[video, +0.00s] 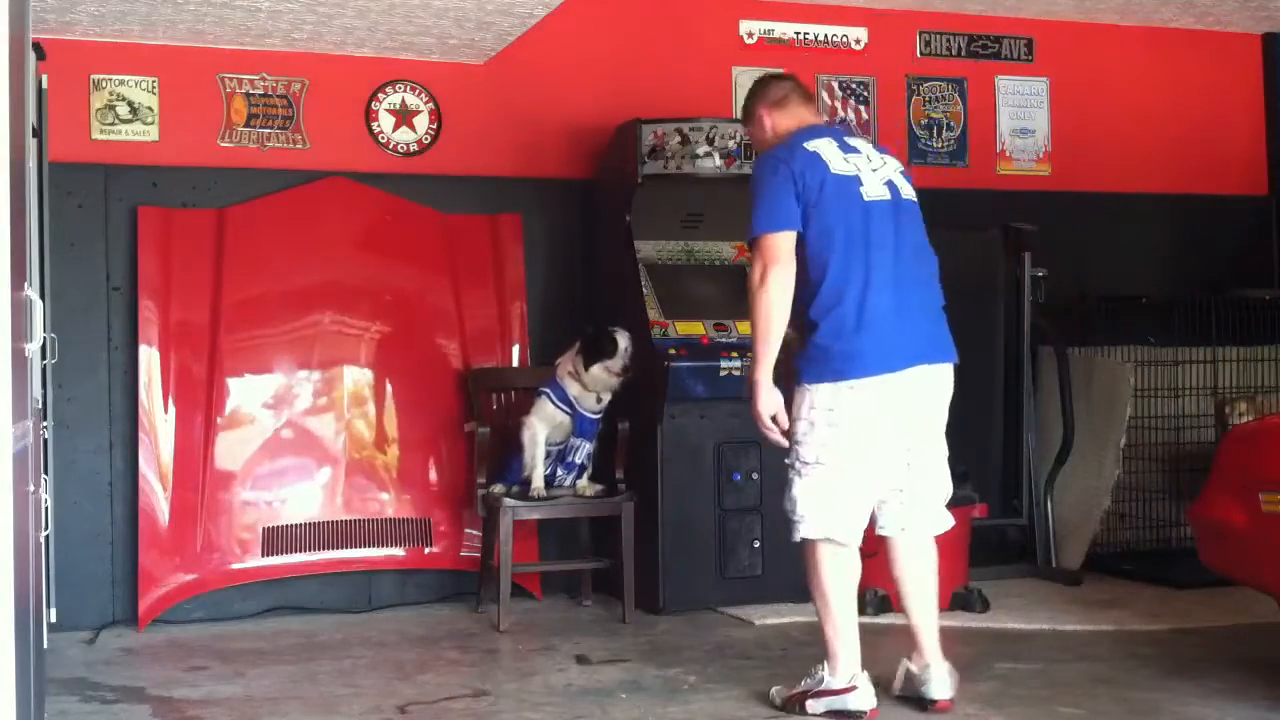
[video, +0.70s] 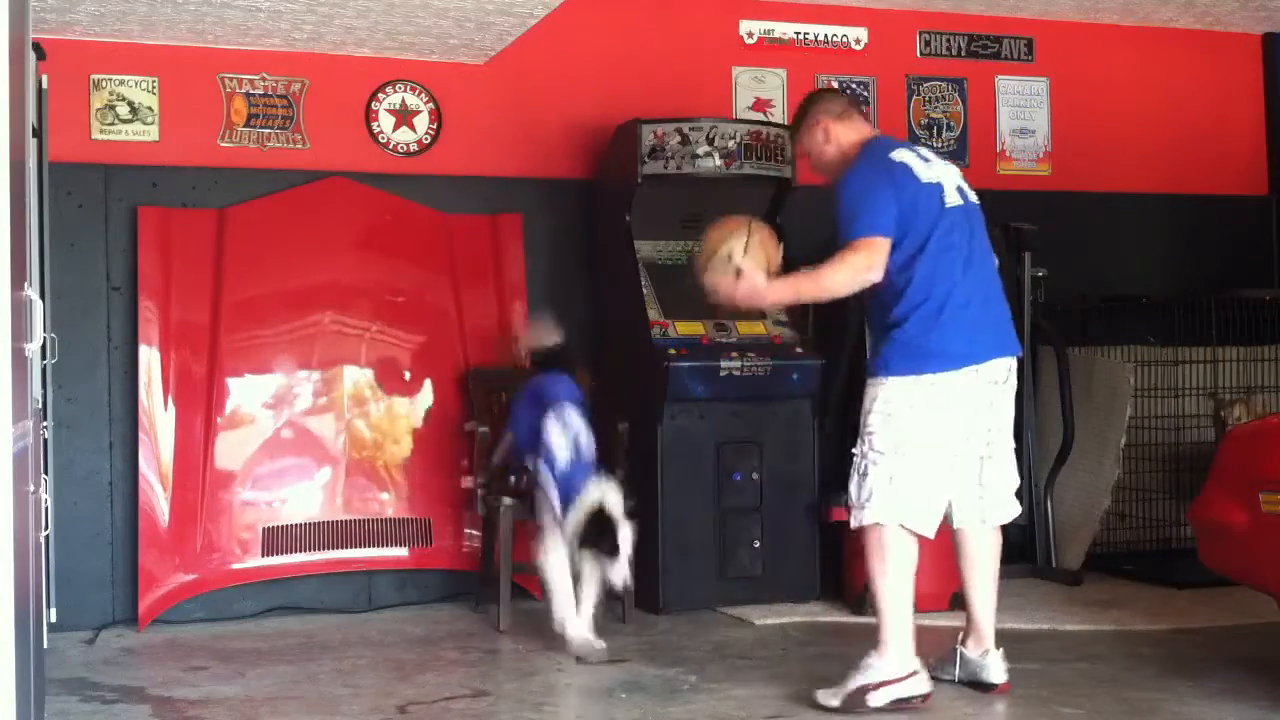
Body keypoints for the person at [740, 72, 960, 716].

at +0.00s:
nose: (753, 148)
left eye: (750, 137)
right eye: (748, 139)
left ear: (764, 118)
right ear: (817, 111)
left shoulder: (782, 159)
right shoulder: (880, 157)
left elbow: (775, 269)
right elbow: (898, 262)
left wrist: (762, 374)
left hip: (847, 367)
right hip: (928, 358)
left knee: (827, 520)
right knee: (912, 514)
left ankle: (843, 675)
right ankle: (931, 663)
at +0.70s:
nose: (814, 170)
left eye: (809, 155)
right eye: (808, 159)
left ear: (828, 130)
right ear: (856, 122)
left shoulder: (870, 169)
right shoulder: (932, 161)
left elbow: (866, 262)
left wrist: (768, 291)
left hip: (921, 362)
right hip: (990, 353)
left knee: (884, 507)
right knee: (979, 506)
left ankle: (895, 657)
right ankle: (981, 649)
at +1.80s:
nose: (792, 179)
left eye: (787, 163)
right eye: (783, 171)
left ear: (813, 125)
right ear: (819, 124)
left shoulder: (862, 166)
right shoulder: (882, 153)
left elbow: (889, 256)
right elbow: (905, 257)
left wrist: (836, 351)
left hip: (918, 357)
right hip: (953, 350)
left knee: (895, 507)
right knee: (943, 498)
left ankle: (905, 663)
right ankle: (990, 630)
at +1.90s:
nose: (797, 177)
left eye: (794, 161)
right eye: (789, 169)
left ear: (820, 123)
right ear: (828, 121)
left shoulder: (870, 164)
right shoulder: (888, 153)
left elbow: (910, 250)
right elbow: (892, 262)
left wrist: (898, 362)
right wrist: (827, 297)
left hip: (924, 359)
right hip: (955, 355)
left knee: (900, 503)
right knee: (941, 496)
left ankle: (905, 663)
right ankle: (995, 621)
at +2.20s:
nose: (829, 191)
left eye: (827, 176)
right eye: (820, 184)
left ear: (856, 142)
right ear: (846, 152)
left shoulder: (926, 179)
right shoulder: (880, 204)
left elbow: (989, 258)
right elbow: (887, 299)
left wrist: (991, 364)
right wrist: (813, 308)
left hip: (962, 377)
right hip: (935, 376)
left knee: (927, 513)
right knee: (956, 511)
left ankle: (911, 665)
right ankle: (1008, 628)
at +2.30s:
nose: (840, 202)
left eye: (840, 186)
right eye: (831, 194)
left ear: (870, 154)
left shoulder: (944, 185)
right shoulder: (881, 223)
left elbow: (1002, 269)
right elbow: (881, 325)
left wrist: (986, 369)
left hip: (995, 375)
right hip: (942, 379)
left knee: (960, 511)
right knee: (963, 512)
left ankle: (930, 655)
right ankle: (1012, 634)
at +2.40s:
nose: (848, 210)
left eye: (849, 195)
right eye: (840, 201)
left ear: (878, 163)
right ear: (866, 176)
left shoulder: (953, 190)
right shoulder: (882, 227)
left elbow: (1005, 279)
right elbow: (896, 318)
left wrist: (978, 378)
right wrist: (889, 403)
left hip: (1014, 366)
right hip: (956, 371)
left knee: (986, 498)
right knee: (964, 502)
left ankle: (996, 642)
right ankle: (1008, 632)